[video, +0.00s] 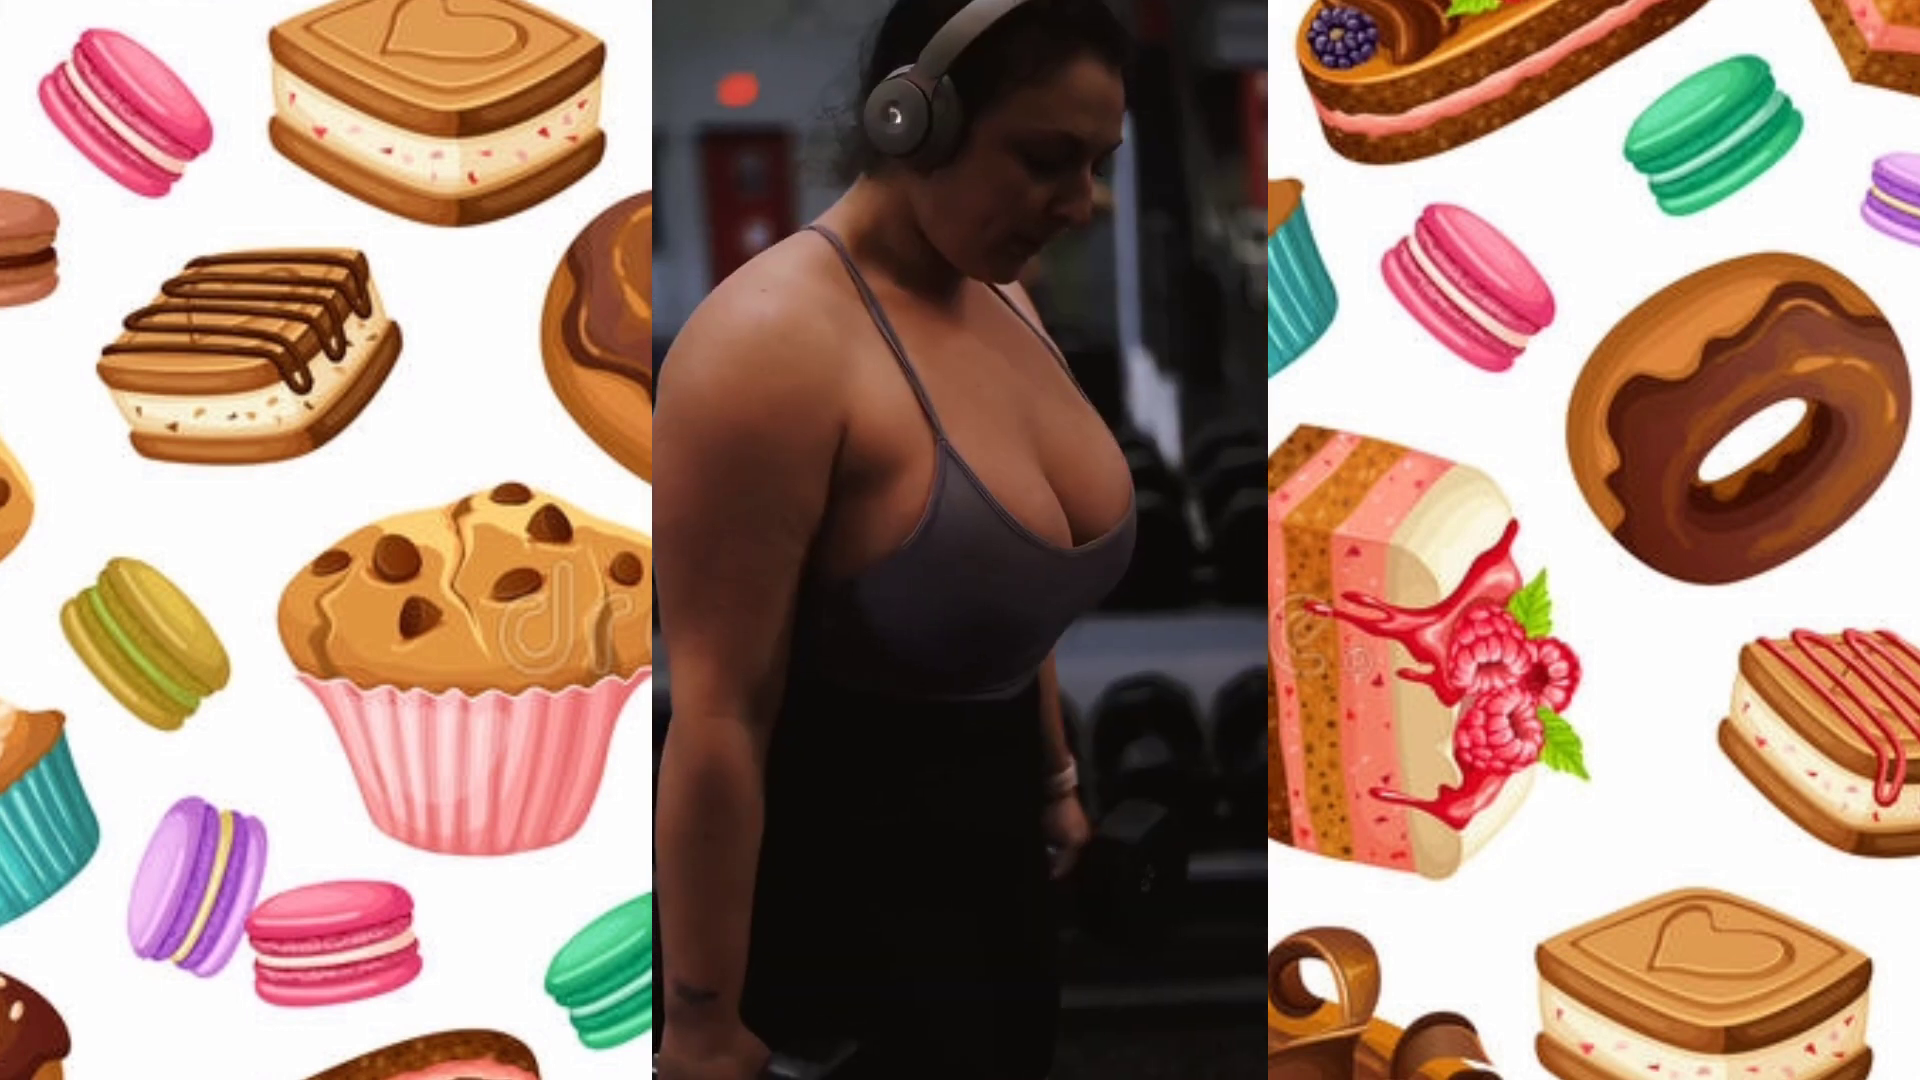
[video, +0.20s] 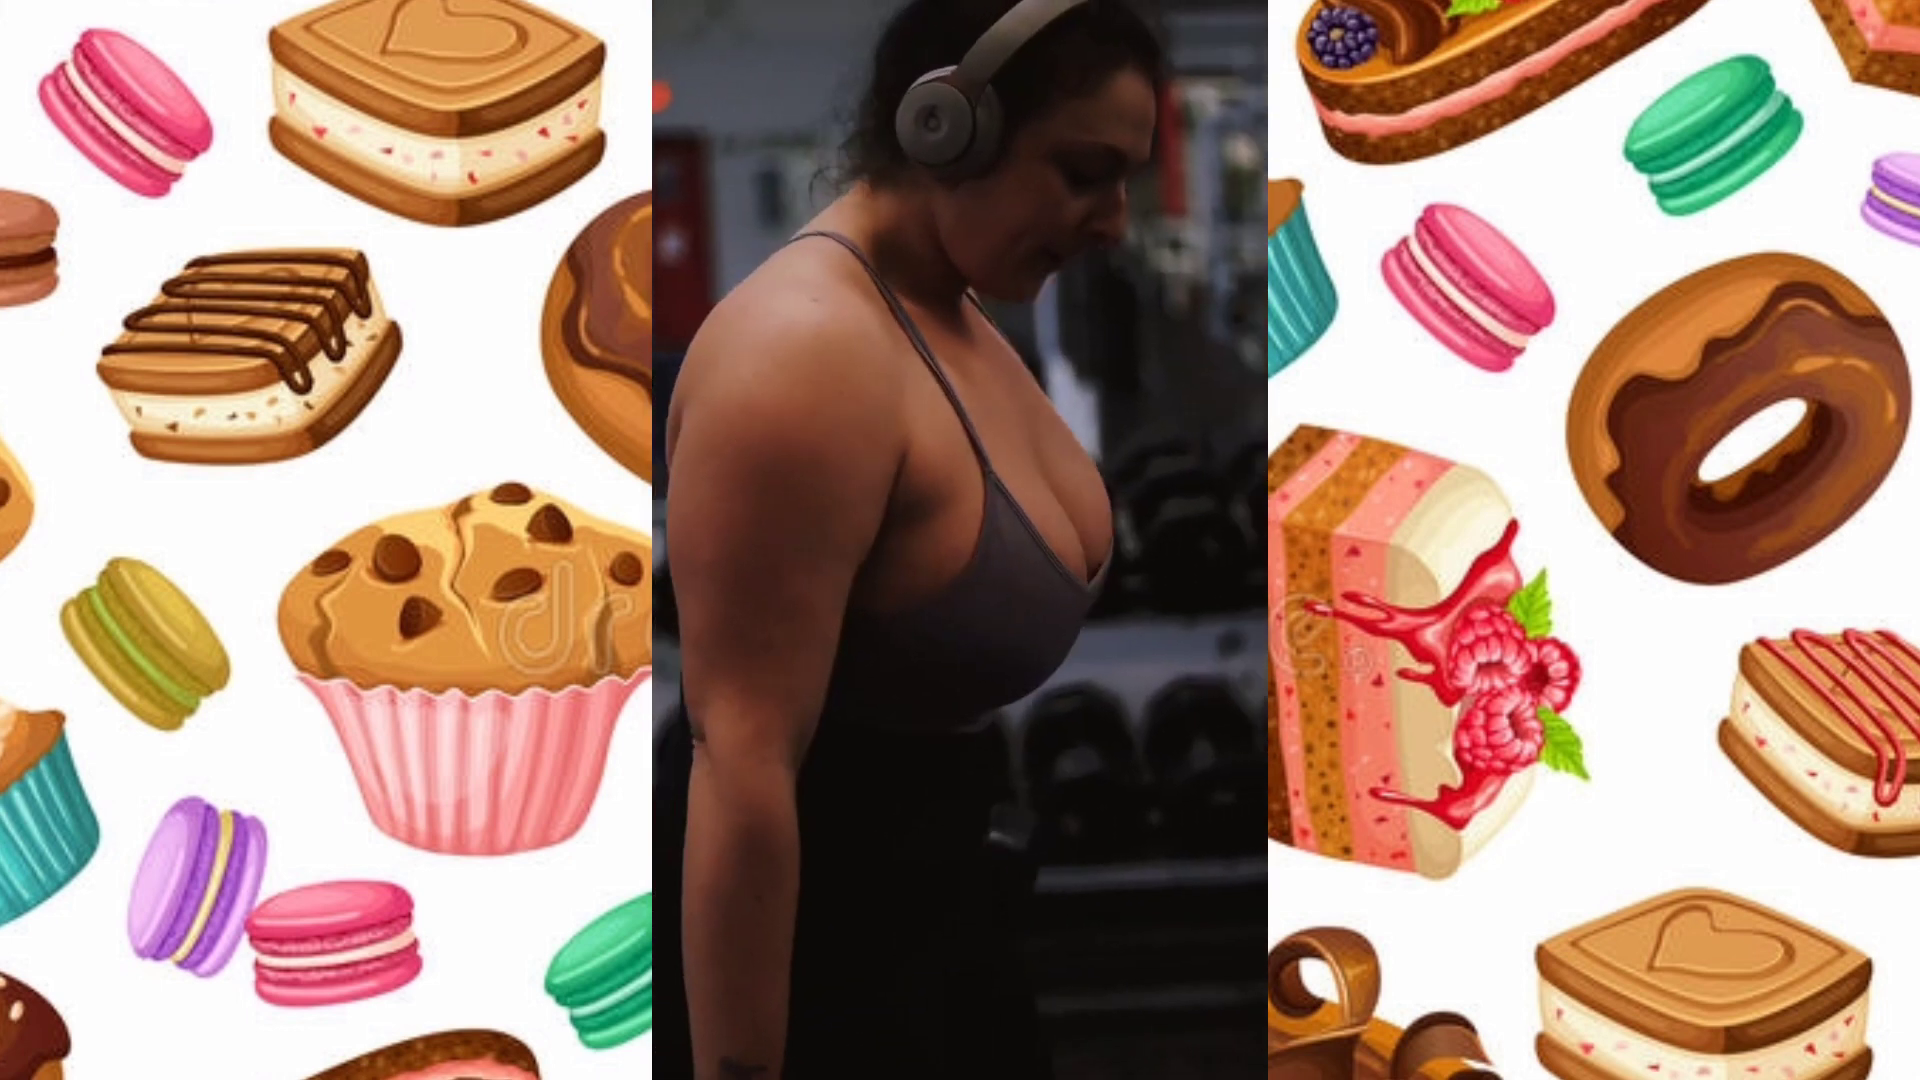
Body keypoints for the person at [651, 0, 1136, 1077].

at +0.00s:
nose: (1084, 201)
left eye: (1098, 163)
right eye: (1047, 158)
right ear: (914, 117)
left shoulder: (997, 296)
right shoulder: (765, 343)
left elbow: (1001, 582)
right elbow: (717, 714)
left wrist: (1054, 781)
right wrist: (701, 1019)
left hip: (989, 850)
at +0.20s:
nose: (1109, 224)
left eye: (1121, 182)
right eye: (1083, 173)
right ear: (945, 120)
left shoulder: (953, 310)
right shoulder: (800, 354)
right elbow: (741, 757)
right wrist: (733, 1067)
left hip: (941, 862)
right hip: (817, 887)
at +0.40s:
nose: (1132, 263)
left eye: (1141, 218)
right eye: (1112, 211)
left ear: (975, 177)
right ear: (981, 174)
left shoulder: (849, 316)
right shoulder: (871, 397)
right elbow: (821, 799)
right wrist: (827, 1061)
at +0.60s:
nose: (1100, 228)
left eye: (1097, 185)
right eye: (1077, 181)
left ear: (954, 178)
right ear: (960, 176)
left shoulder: (757, 354)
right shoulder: (934, 395)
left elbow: (754, 722)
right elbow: (931, 777)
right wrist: (966, 1070)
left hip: (747, 865)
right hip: (870, 884)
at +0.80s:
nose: (1038, 199)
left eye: (1031, 159)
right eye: (1017, 156)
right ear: (919, 162)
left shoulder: (696, 367)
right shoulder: (968, 361)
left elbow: (678, 707)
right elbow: (1015, 742)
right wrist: (1103, 1050)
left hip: (721, 867)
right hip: (921, 875)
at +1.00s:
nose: (1015, 180)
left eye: (1008, 141)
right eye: (996, 140)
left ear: (805, 161)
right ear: (907, 152)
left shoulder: (671, 372)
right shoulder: (1013, 349)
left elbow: (651, 700)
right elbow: (1106, 714)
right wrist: (1228, 1018)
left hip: (732, 894)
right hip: (978, 892)